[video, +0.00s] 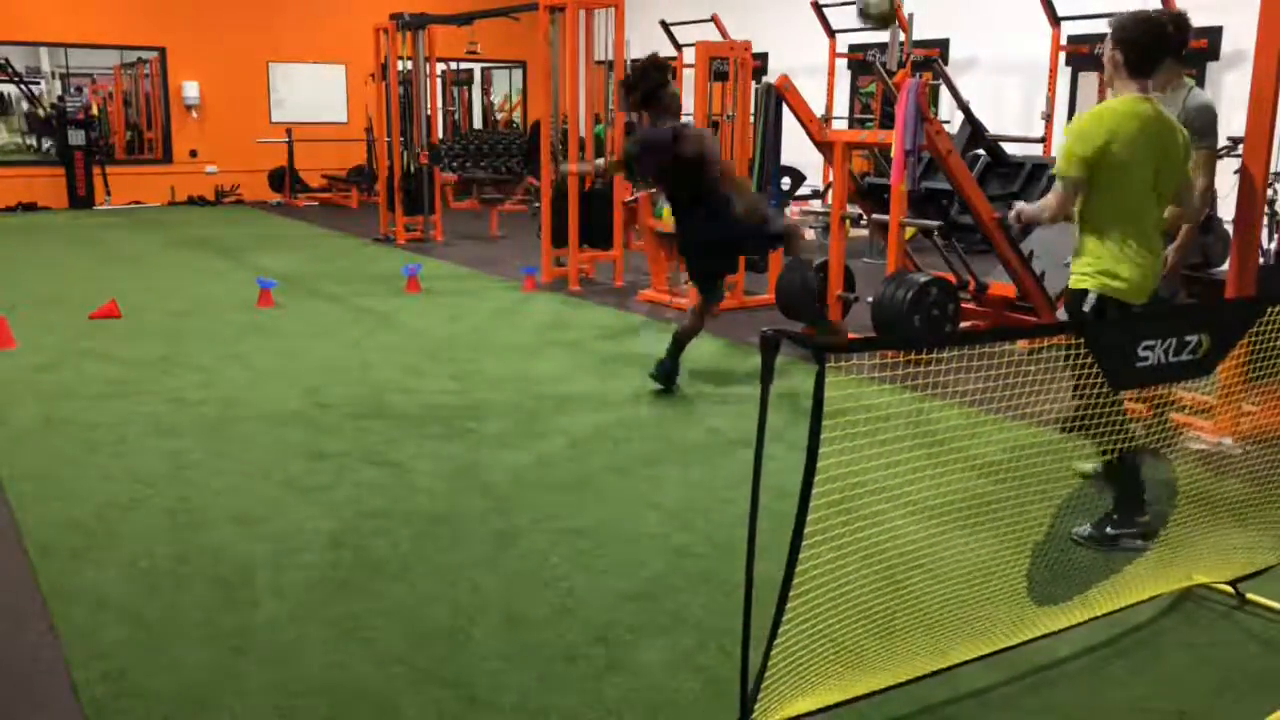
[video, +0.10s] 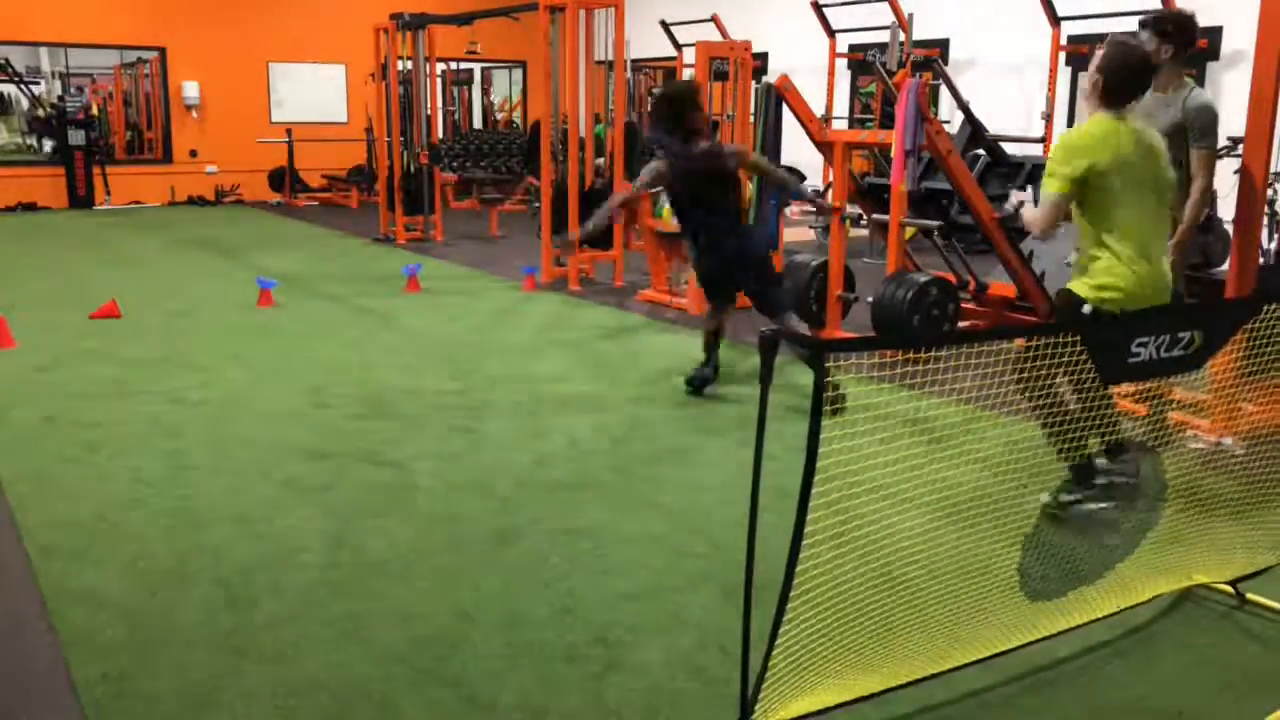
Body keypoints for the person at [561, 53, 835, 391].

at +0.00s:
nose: (680, 102)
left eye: (674, 99)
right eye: (675, 98)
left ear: (644, 111)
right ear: (674, 105)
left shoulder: (640, 147)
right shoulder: (700, 140)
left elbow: (604, 168)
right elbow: (729, 182)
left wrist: (563, 169)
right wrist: (761, 210)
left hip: (692, 237)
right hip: (728, 229)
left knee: (706, 305)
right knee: (792, 234)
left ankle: (668, 366)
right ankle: (815, 316)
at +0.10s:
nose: (707, 122)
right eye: (703, 115)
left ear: (665, 131)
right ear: (699, 124)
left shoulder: (663, 169)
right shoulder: (729, 155)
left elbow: (621, 200)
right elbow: (775, 175)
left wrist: (587, 230)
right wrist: (806, 195)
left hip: (709, 257)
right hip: (745, 248)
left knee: (718, 307)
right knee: (780, 310)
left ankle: (709, 365)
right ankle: (819, 363)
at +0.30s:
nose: (641, 127)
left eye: (644, 122)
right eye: (643, 121)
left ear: (651, 127)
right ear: (680, 126)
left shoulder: (659, 166)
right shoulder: (698, 163)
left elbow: (679, 211)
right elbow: (713, 209)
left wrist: (688, 258)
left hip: (694, 257)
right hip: (722, 251)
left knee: (670, 317)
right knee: (765, 311)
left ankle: (711, 362)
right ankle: (824, 370)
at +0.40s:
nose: (611, 124)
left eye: (613, 118)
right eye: (612, 118)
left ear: (618, 121)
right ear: (645, 121)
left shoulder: (625, 158)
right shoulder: (663, 151)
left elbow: (624, 207)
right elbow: (681, 185)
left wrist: (603, 241)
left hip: (668, 248)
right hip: (698, 239)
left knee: (656, 320)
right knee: (706, 311)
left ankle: (714, 365)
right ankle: (760, 337)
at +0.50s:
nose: (577, 122)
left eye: (579, 117)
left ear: (584, 119)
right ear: (613, 119)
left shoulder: (588, 152)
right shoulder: (628, 149)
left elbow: (554, 187)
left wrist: (518, 204)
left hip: (639, 231)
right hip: (660, 224)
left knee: (655, 307)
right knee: (654, 296)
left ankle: (715, 362)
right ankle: (668, 337)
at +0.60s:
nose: (541, 110)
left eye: (544, 105)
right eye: (544, 104)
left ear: (548, 109)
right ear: (575, 110)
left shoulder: (550, 140)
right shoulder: (586, 142)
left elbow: (513, 162)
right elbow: (612, 183)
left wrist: (462, 159)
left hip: (591, 221)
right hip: (609, 218)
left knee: (602, 288)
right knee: (599, 284)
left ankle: (668, 326)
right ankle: (609, 341)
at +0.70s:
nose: (508, 103)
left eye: (510, 98)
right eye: (511, 98)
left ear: (515, 103)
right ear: (538, 104)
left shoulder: (517, 131)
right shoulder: (545, 136)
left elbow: (504, 147)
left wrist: (455, 133)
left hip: (548, 222)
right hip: (566, 217)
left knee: (535, 284)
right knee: (566, 281)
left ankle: (592, 316)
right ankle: (597, 329)